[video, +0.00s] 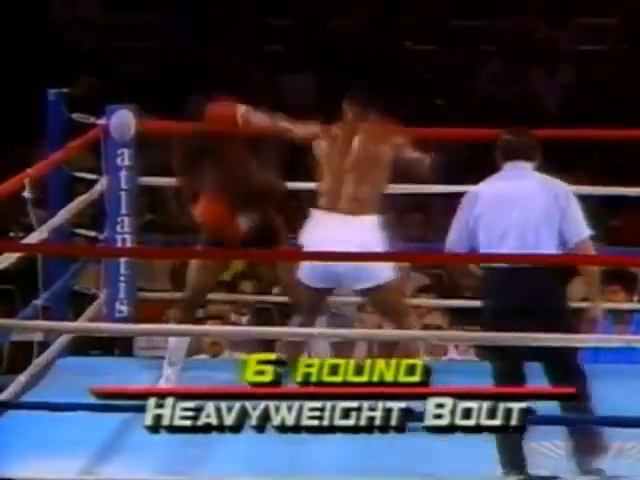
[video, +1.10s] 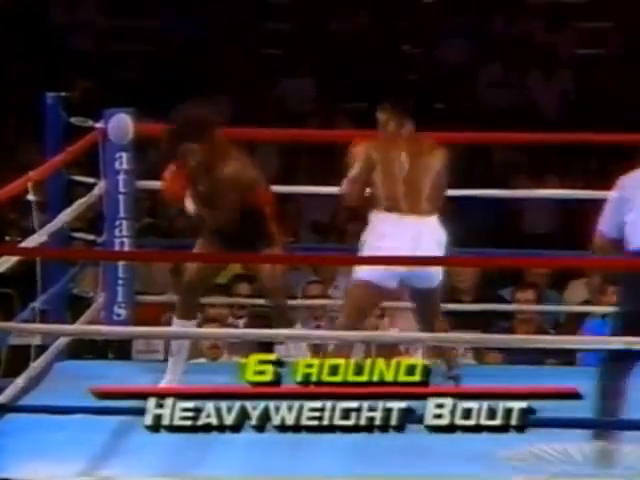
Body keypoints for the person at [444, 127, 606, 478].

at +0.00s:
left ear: (500, 159)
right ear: (537, 159)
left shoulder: (479, 193)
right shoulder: (556, 190)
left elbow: (453, 252)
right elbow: (584, 251)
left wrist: (478, 281)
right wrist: (595, 303)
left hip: (498, 286)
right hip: (545, 284)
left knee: (506, 375)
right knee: (564, 368)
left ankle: (512, 464)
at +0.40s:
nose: (498, 184)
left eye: (499, 179)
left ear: (502, 180)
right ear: (536, 173)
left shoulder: (500, 219)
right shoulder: (574, 197)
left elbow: (484, 286)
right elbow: (617, 252)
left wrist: (502, 314)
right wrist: (619, 299)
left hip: (539, 301)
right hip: (587, 296)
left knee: (509, 379)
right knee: (594, 373)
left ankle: (510, 466)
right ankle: (601, 464)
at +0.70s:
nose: (527, 192)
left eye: (528, 187)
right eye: (528, 187)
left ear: (533, 187)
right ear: (567, 181)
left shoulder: (525, 223)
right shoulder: (602, 205)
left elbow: (519, 288)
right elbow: (634, 251)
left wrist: (526, 327)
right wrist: (633, 294)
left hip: (562, 304)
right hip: (611, 299)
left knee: (528, 379)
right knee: (635, 372)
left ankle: (512, 464)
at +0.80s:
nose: (568, 181)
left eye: (569, 176)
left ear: (574, 176)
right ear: (610, 173)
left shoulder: (560, 213)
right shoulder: (633, 202)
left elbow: (545, 272)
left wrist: (561, 302)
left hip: (587, 296)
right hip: (634, 295)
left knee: (555, 376)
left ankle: (520, 462)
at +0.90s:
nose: (595, 176)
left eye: (596, 171)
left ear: (603, 170)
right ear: (634, 169)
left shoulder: (589, 204)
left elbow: (569, 264)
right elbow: (570, 264)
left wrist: (586, 292)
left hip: (609, 289)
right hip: (638, 288)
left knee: (574, 365)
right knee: (574, 365)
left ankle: (536, 448)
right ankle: (538, 445)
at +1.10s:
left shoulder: (628, 185)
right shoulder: (627, 185)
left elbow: (604, 240)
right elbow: (603, 240)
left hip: (633, 287)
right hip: (632, 286)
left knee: (620, 357)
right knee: (620, 357)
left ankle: (605, 433)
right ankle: (605, 434)